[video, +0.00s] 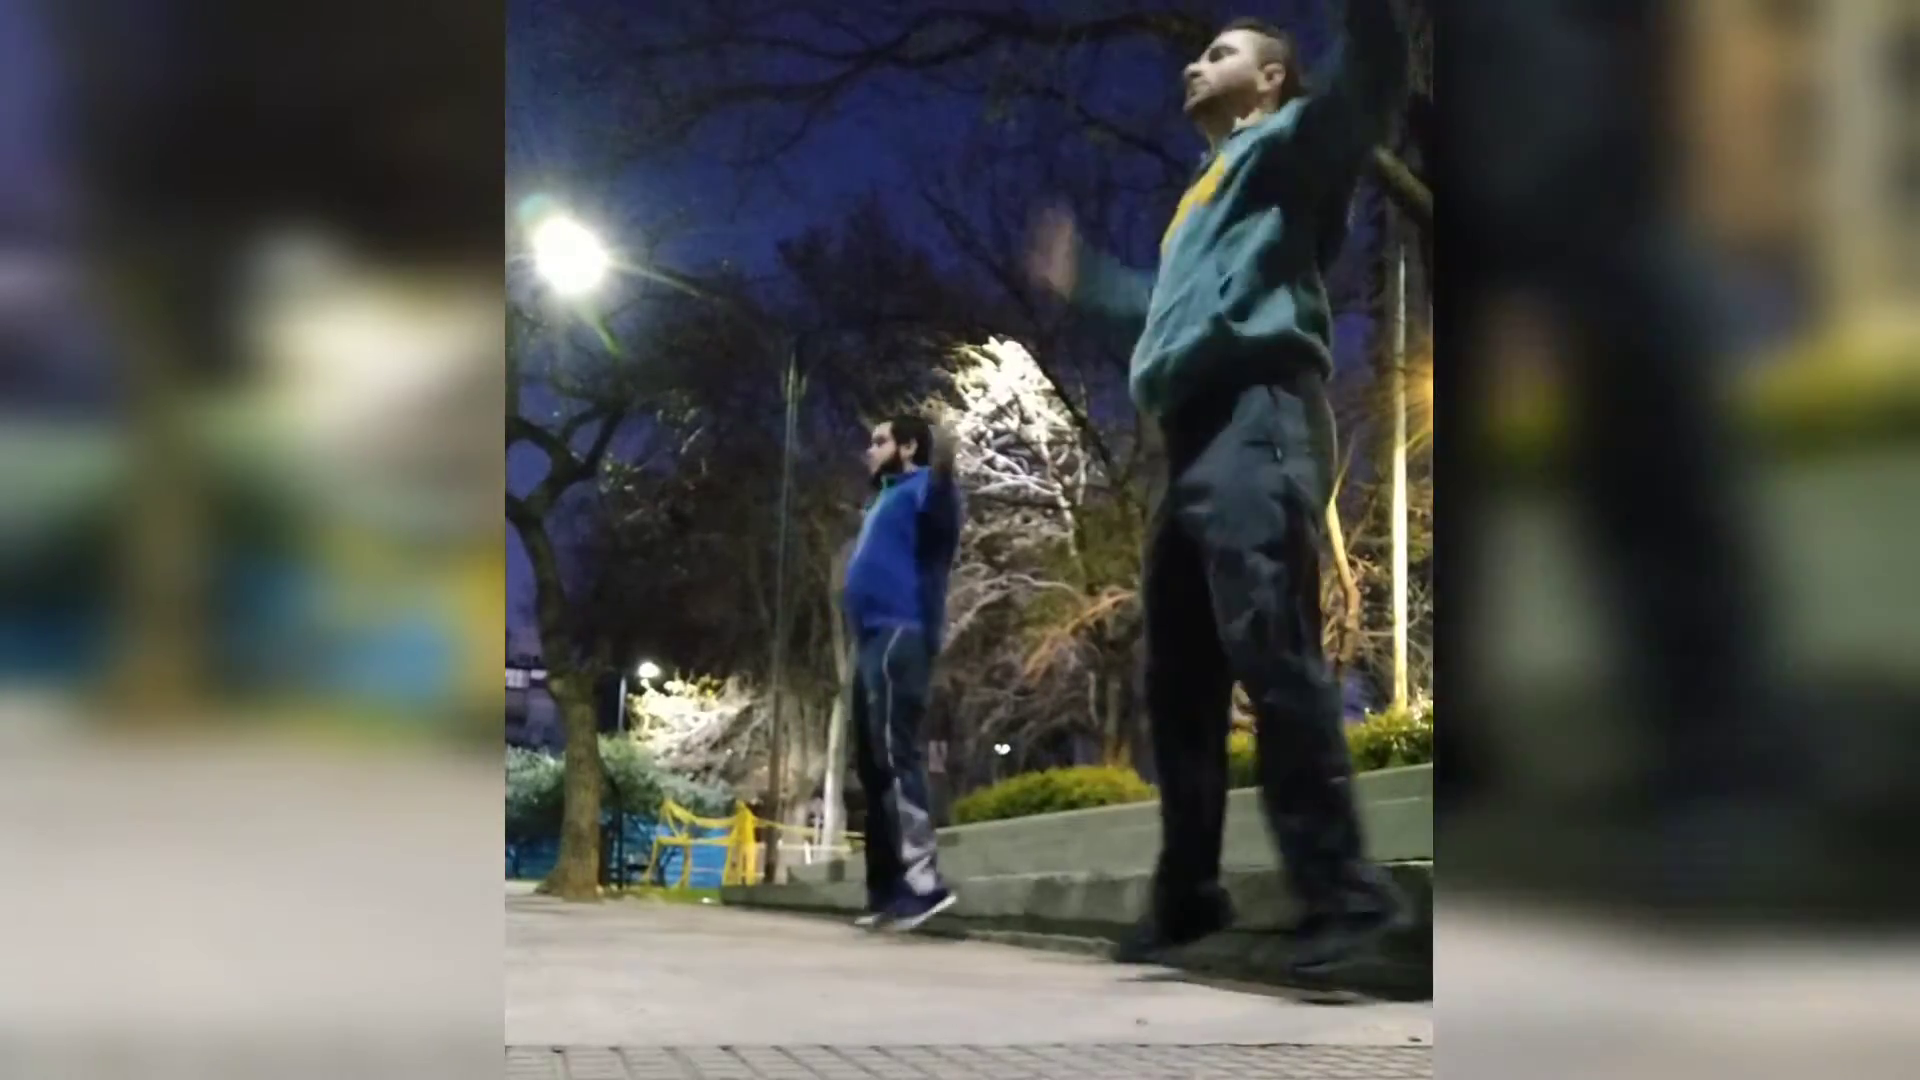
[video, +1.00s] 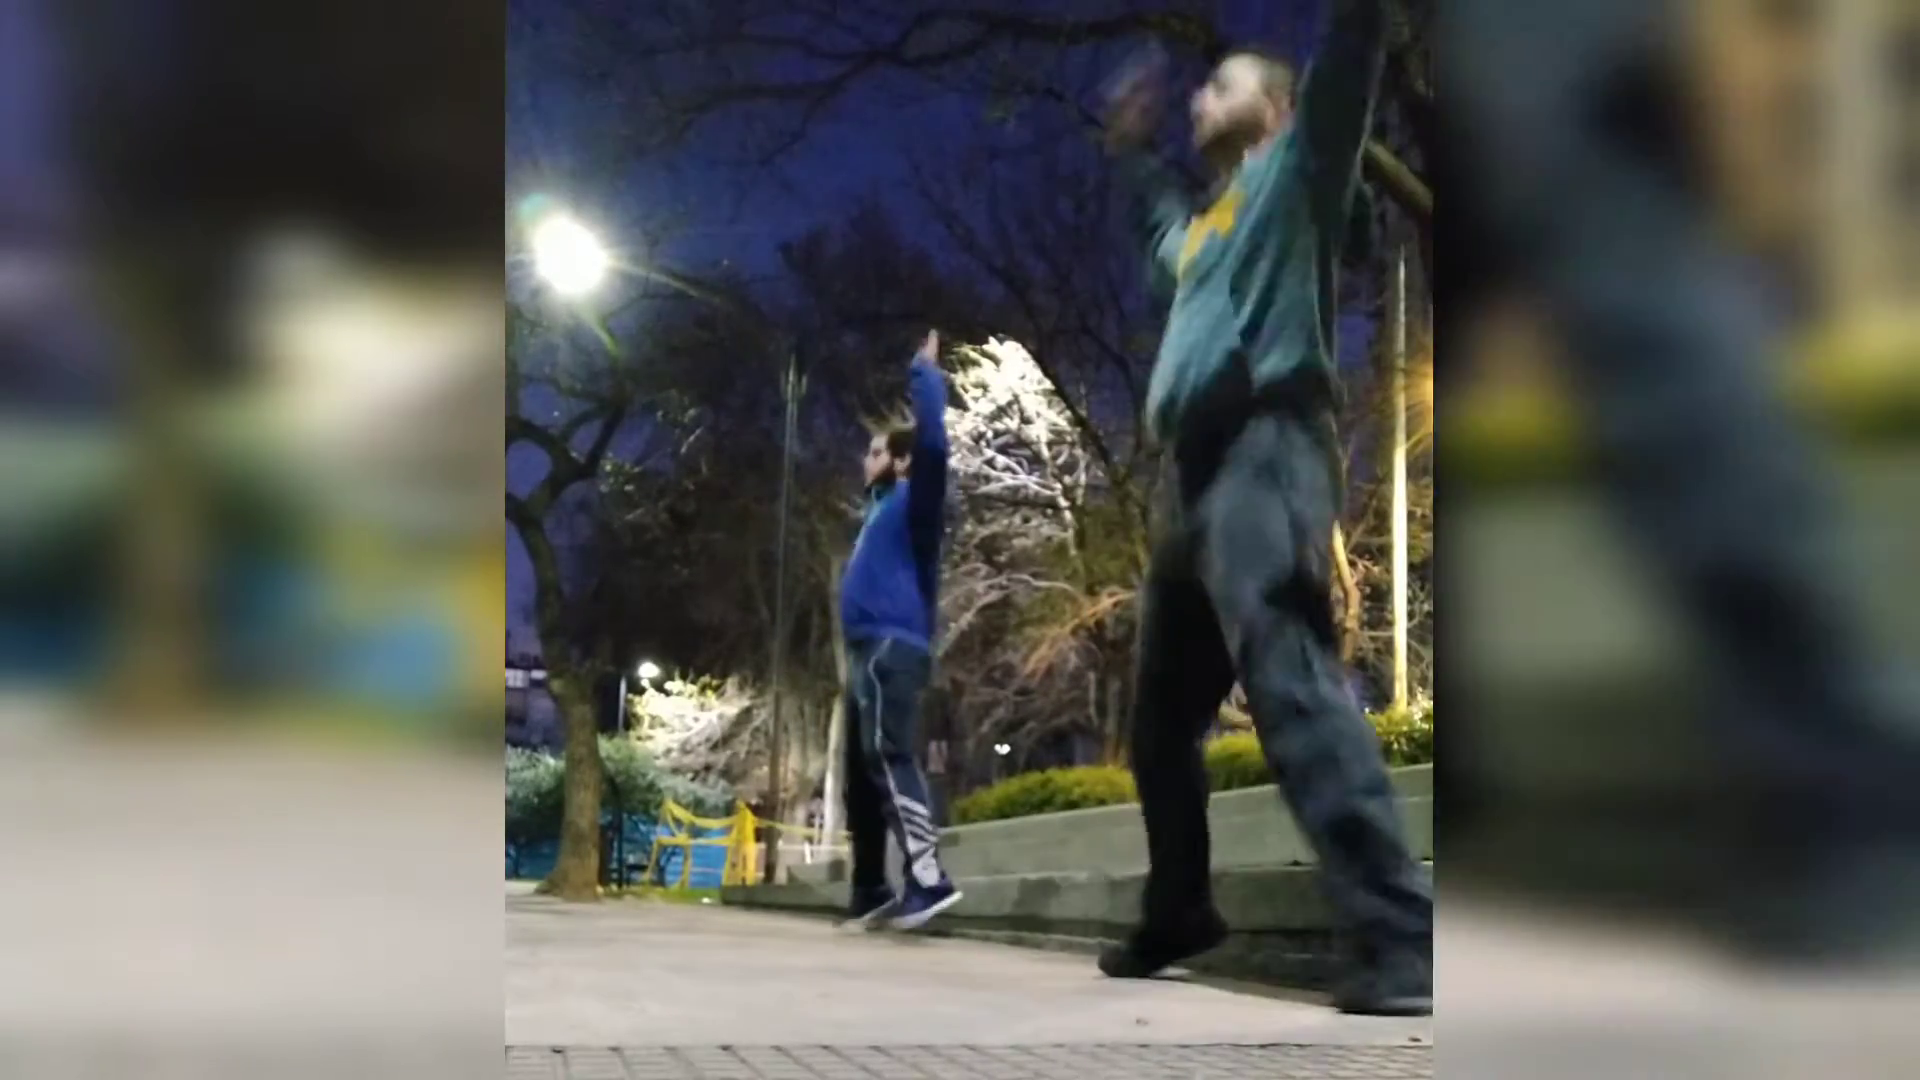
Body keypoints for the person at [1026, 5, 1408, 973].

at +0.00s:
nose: (1195, 65)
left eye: (1219, 52)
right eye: (1197, 55)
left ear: (1274, 75)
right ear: (1216, 94)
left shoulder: (1291, 146)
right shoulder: (1198, 201)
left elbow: (1363, 82)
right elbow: (1168, 311)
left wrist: (1372, 2)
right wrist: (1080, 274)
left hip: (1262, 411)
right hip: (1195, 434)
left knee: (1273, 651)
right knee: (1181, 677)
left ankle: (1347, 906)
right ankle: (1187, 897)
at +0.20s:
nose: (1189, 145)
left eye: (1210, 131)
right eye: (1185, 136)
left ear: (1257, 148)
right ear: (1191, 169)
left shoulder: (1281, 214)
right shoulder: (1175, 251)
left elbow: (1327, 39)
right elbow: (1156, 211)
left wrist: (1265, 26)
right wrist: (1213, 94)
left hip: (1266, 502)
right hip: (1195, 527)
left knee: (1270, 735)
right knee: (1144, 758)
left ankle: (1408, 948)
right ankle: (1171, 935)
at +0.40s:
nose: (1185, 76)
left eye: (1209, 63)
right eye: (1189, 64)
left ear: (1263, 84)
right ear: (1200, 97)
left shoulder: (1285, 149)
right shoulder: (1188, 218)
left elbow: (1371, 65)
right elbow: (1143, 300)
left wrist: (1372, 9)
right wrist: (1063, 258)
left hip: (1264, 424)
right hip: (1192, 451)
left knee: (1274, 661)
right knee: (1160, 694)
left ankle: (1374, 932)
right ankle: (1154, 906)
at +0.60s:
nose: (1173, 103)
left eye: (1196, 90)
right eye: (1174, 94)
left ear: (1249, 116)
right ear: (1188, 129)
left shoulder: (1288, 187)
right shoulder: (1195, 230)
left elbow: (1361, 323)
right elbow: (1184, 375)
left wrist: (1310, 406)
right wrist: (1140, 487)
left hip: (1245, 474)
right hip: (1175, 484)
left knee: (1214, 702)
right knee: (1143, 711)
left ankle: (1263, 943)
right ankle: (1207, 933)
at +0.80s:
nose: (1188, 78)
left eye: (1211, 60)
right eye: (1190, 66)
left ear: (1267, 80)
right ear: (1222, 97)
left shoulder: (1306, 158)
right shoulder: (1214, 198)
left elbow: (1364, 232)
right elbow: (1199, 339)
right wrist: (1154, 438)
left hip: (1255, 438)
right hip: (1183, 457)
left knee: (1237, 681)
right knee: (1176, 692)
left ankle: (1264, 931)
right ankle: (1205, 930)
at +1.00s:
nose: (1205, 93)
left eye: (1226, 83)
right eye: (1206, 83)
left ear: (1278, 104)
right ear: (1211, 114)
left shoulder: (1299, 169)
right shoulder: (1197, 227)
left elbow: (1348, 57)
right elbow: (1168, 250)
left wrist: (1363, 4)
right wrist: (1143, 158)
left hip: (1269, 442)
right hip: (1194, 466)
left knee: (1287, 676)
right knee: (1162, 707)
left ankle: (1397, 937)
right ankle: (1179, 911)